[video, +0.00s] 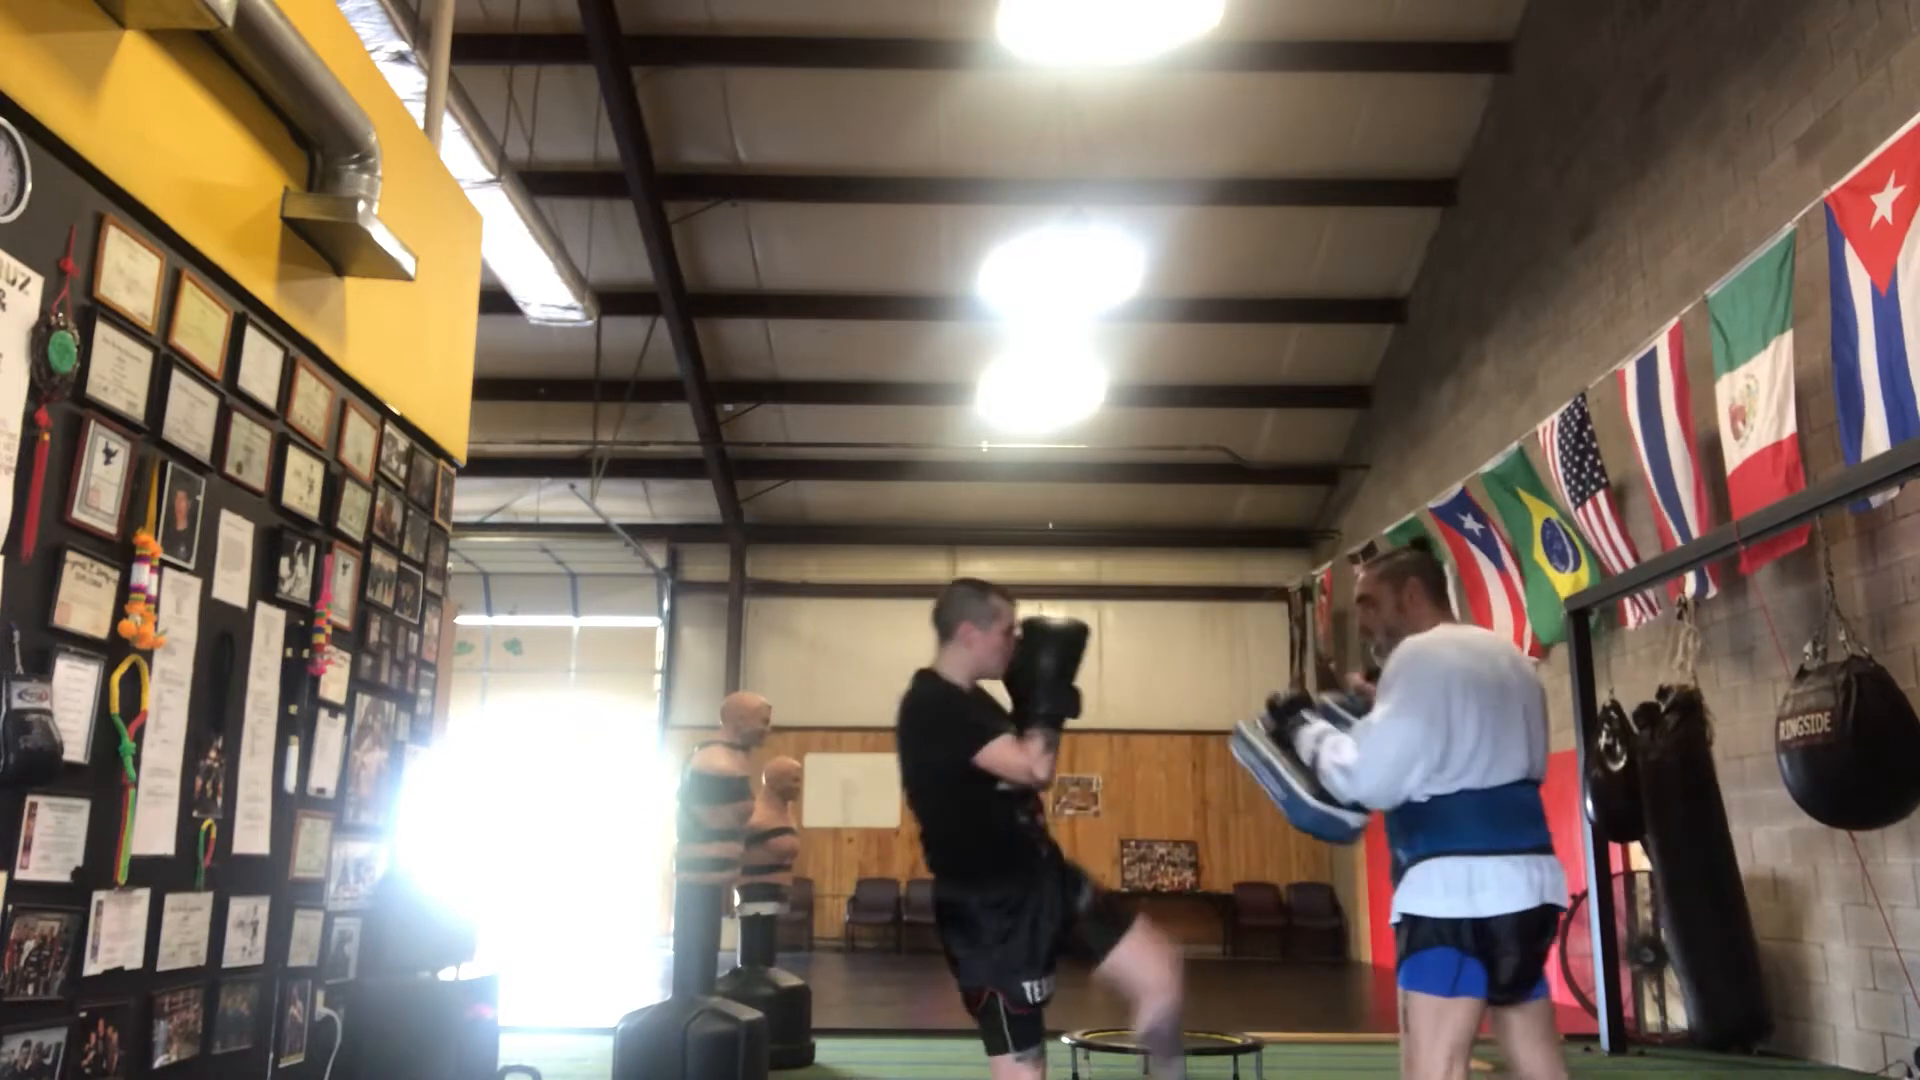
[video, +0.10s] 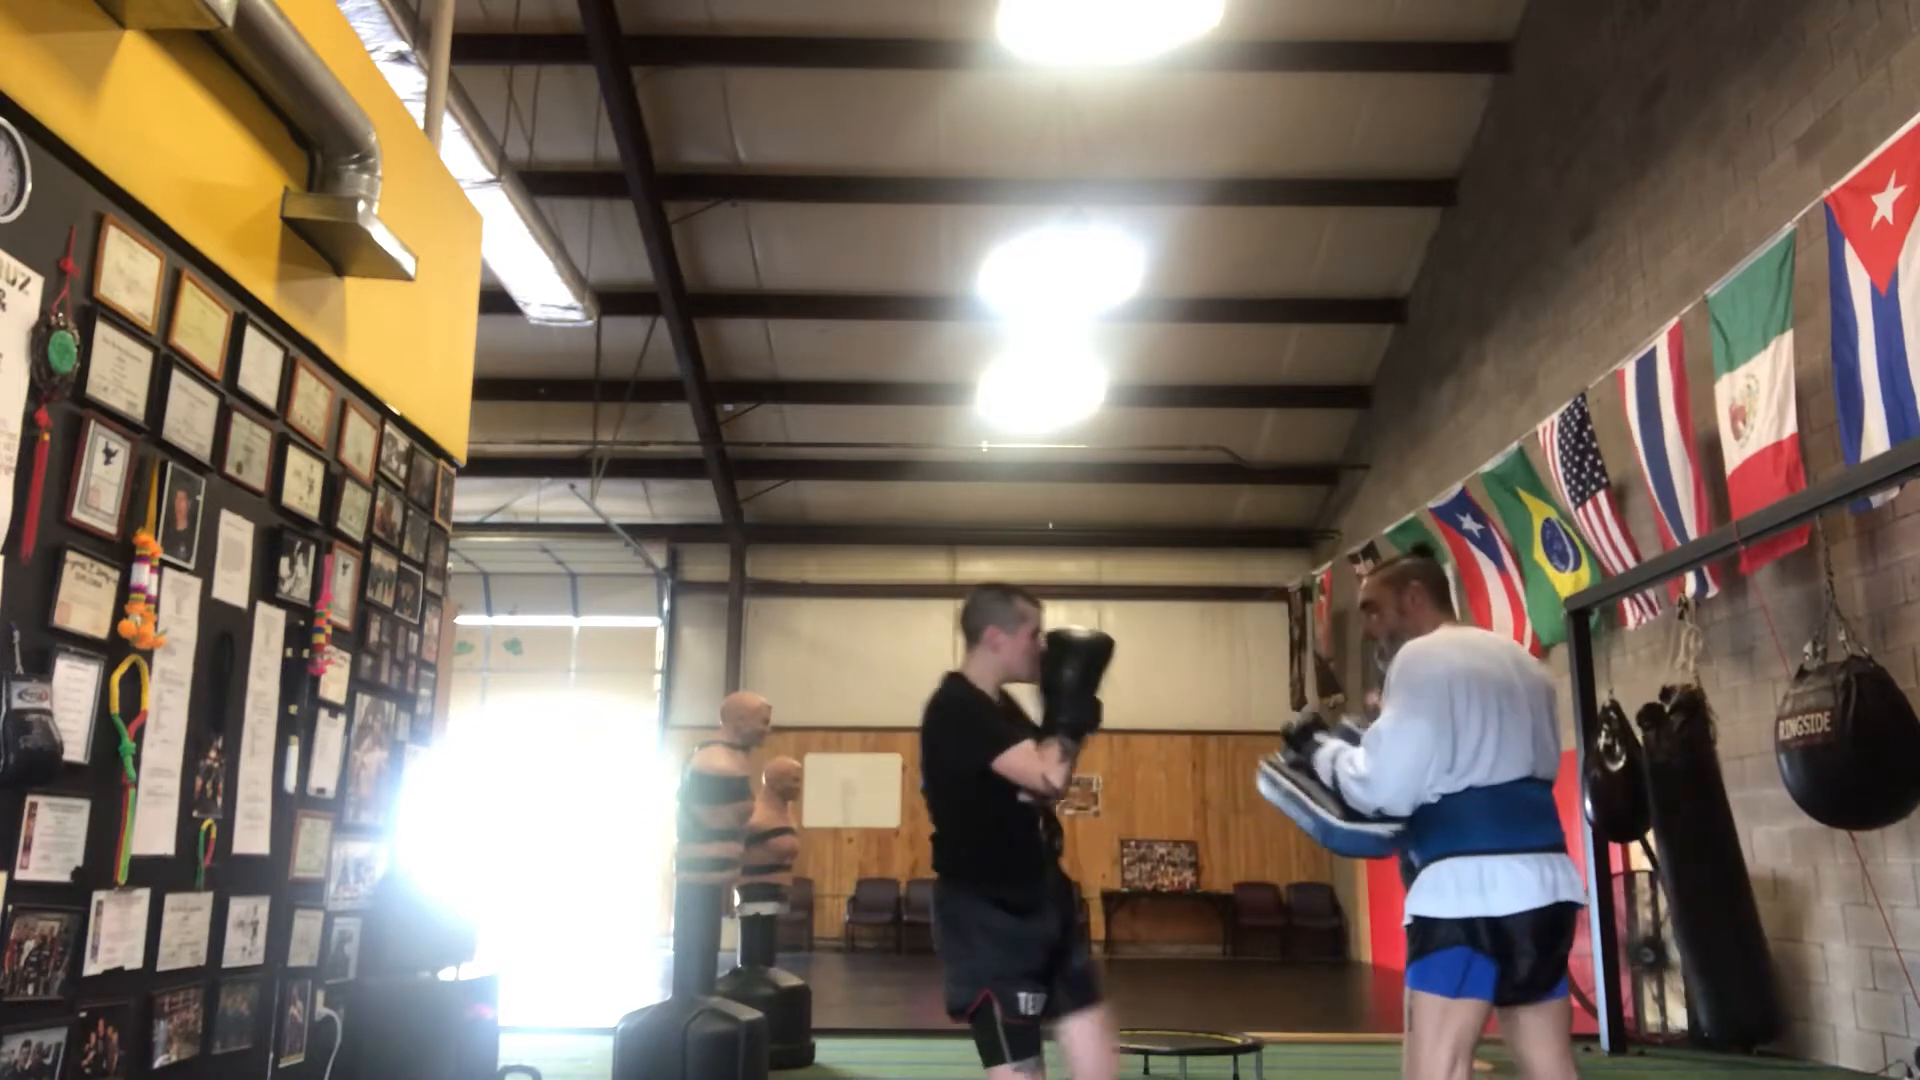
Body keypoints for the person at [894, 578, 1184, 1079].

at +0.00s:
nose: (1014, 642)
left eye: (1013, 632)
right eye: (1006, 631)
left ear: (969, 633)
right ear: (969, 633)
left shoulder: (973, 699)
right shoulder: (932, 706)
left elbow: (1027, 765)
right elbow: (1034, 767)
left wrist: (1028, 691)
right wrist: (1049, 683)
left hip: (1043, 883)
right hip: (987, 907)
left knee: (1158, 970)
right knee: (1020, 1070)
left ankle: (1165, 1071)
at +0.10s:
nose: (1040, 644)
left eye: (1039, 633)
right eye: (1031, 633)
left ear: (997, 639)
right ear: (995, 638)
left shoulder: (1002, 706)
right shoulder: (955, 709)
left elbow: (1047, 778)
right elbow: (1049, 775)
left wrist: (1069, 698)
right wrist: (1070, 695)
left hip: (1042, 909)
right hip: (986, 920)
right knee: (1016, 1070)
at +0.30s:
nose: (1069, 657)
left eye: (1071, 647)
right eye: (1062, 645)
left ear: (1032, 646)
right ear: (1026, 644)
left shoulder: (1051, 711)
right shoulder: (963, 696)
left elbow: (1114, 783)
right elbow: (1028, 773)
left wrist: (1172, 736)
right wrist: (1065, 700)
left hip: (1040, 910)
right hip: (970, 911)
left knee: (1082, 1070)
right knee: (1000, 1070)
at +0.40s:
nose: (1060, 677)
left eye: (1061, 666)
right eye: (1052, 664)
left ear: (1018, 660)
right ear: (1014, 659)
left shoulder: (1051, 726)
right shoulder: (945, 721)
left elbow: (1132, 788)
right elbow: (1007, 800)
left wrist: (1208, 768)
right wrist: (1052, 721)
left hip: (1032, 929)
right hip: (963, 933)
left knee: (1101, 1071)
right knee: (981, 1071)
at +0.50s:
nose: (1037, 698)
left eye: (1038, 686)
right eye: (1030, 685)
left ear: (997, 685)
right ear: (992, 683)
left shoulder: (1025, 753)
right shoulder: (923, 750)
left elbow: (1093, 827)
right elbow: (992, 834)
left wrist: (1169, 812)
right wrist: (1038, 752)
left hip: (1024, 959)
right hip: (952, 968)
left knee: (1097, 1072)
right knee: (953, 1072)